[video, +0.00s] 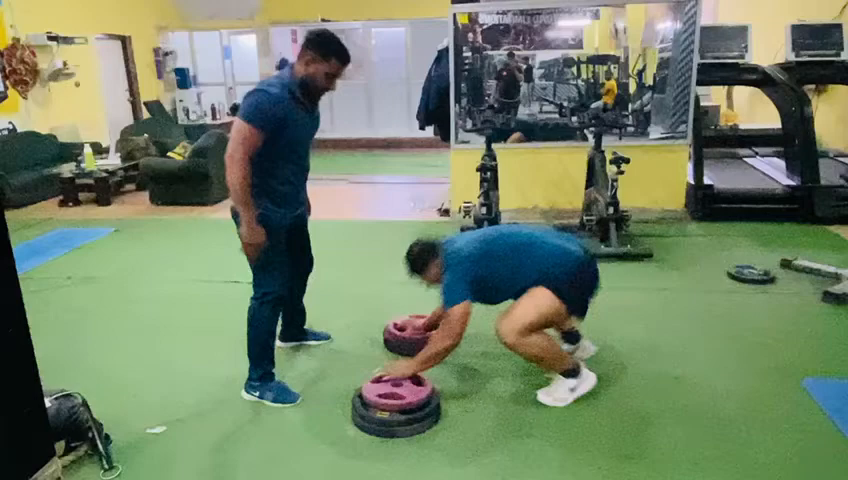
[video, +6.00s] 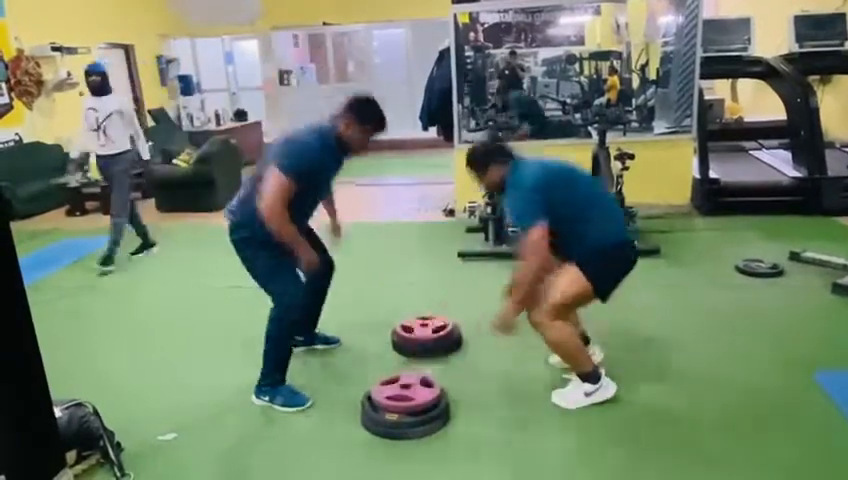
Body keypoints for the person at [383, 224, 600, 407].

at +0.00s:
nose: (428, 282)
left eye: (424, 277)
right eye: (423, 278)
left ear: (431, 268)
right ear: (434, 255)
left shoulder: (458, 268)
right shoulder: (457, 248)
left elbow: (450, 336)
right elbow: (459, 298)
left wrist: (411, 366)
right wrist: (428, 322)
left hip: (572, 273)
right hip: (572, 255)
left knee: (511, 330)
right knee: (527, 297)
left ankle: (575, 376)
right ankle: (574, 343)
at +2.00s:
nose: (473, 115)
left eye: (473, 106)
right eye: (470, 108)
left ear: (489, 94)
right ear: (496, 89)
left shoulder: (519, 116)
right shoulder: (521, 104)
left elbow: (553, 168)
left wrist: (557, 233)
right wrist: (553, 225)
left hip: (588, 205)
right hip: (584, 200)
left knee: (559, 293)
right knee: (554, 278)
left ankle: (582, 380)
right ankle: (575, 346)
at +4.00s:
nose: (469, 214)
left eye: (471, 207)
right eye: (467, 208)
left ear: (486, 200)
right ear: (490, 195)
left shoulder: (512, 220)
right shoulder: (508, 207)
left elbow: (494, 289)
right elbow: (491, 261)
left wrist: (448, 325)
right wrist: (456, 284)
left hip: (575, 306)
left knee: (500, 336)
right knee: (498, 299)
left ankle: (575, 372)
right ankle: (564, 338)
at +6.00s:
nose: (482, 184)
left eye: (481, 176)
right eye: (479, 177)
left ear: (494, 167)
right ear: (501, 161)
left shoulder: (523, 186)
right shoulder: (526, 173)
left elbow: (538, 256)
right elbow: (536, 240)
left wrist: (513, 308)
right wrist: (521, 281)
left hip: (610, 248)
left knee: (543, 313)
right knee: (540, 290)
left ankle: (593, 382)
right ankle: (581, 350)